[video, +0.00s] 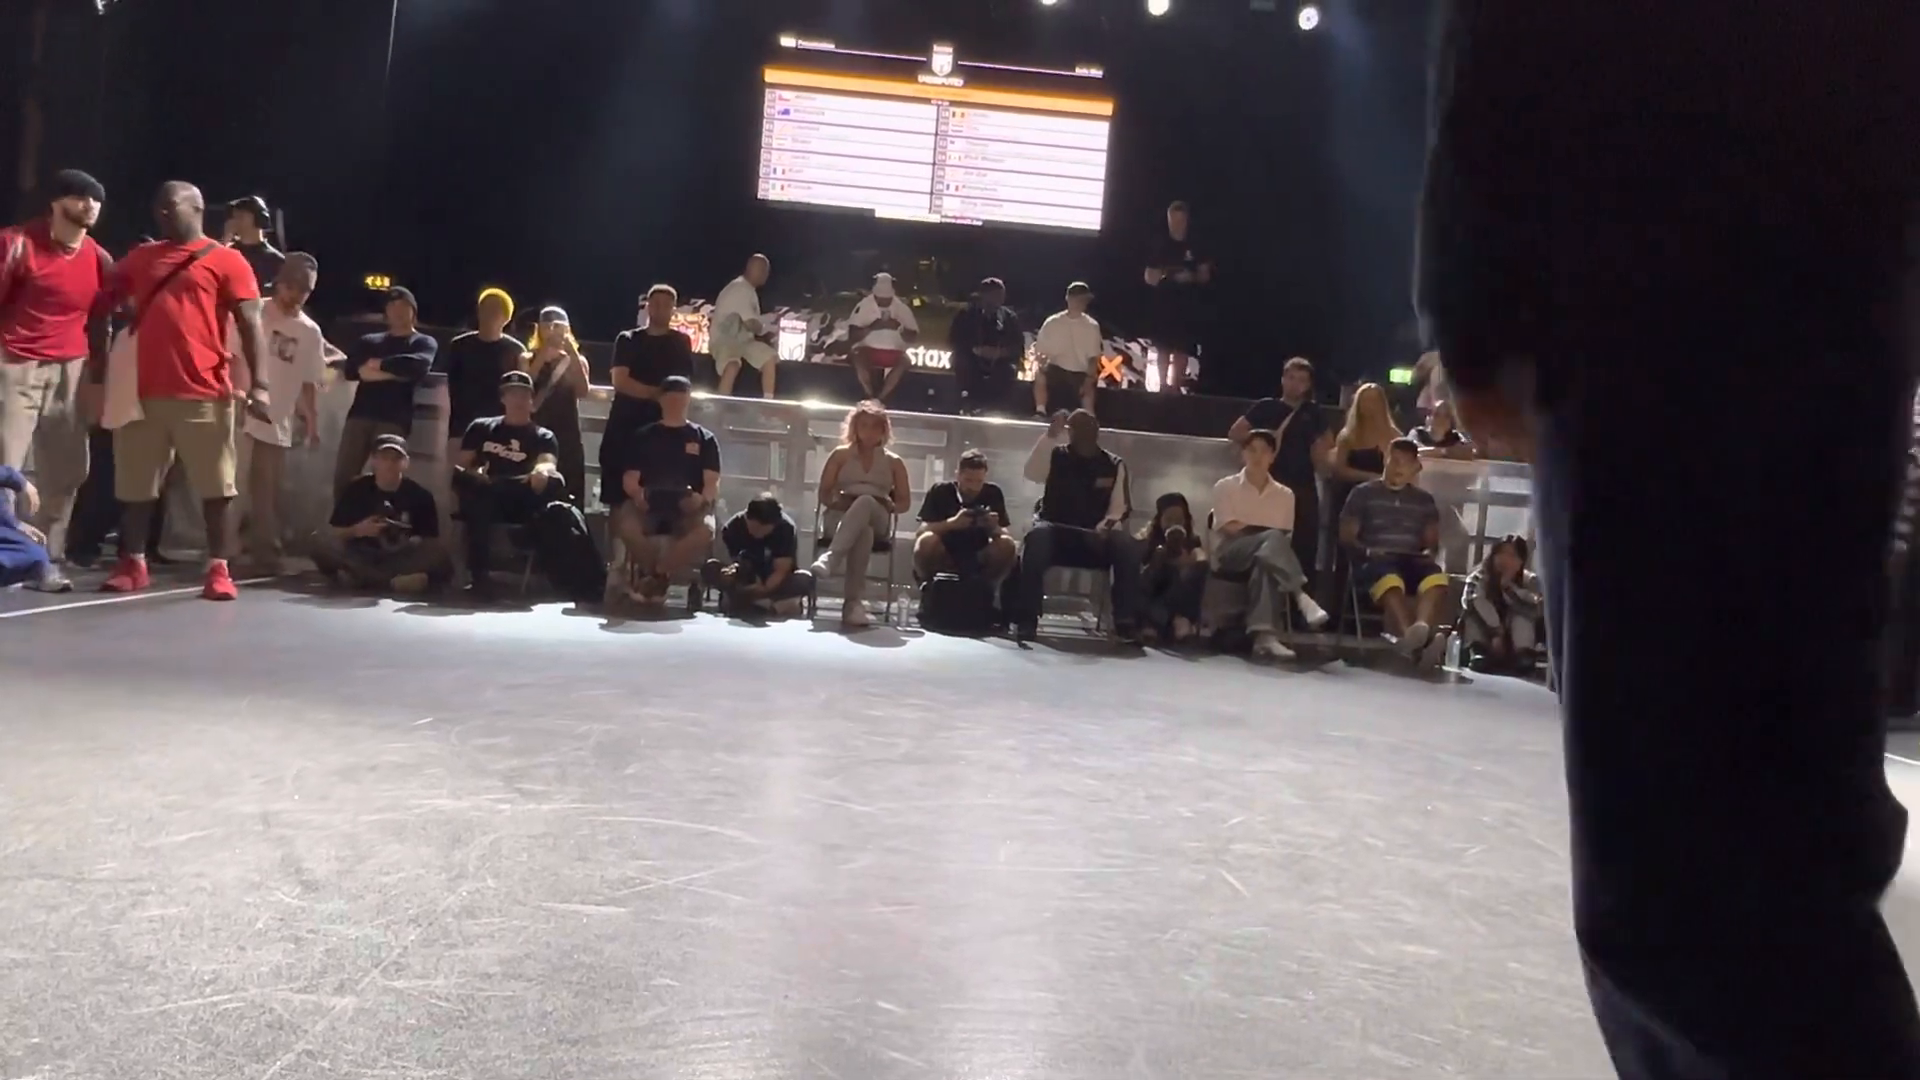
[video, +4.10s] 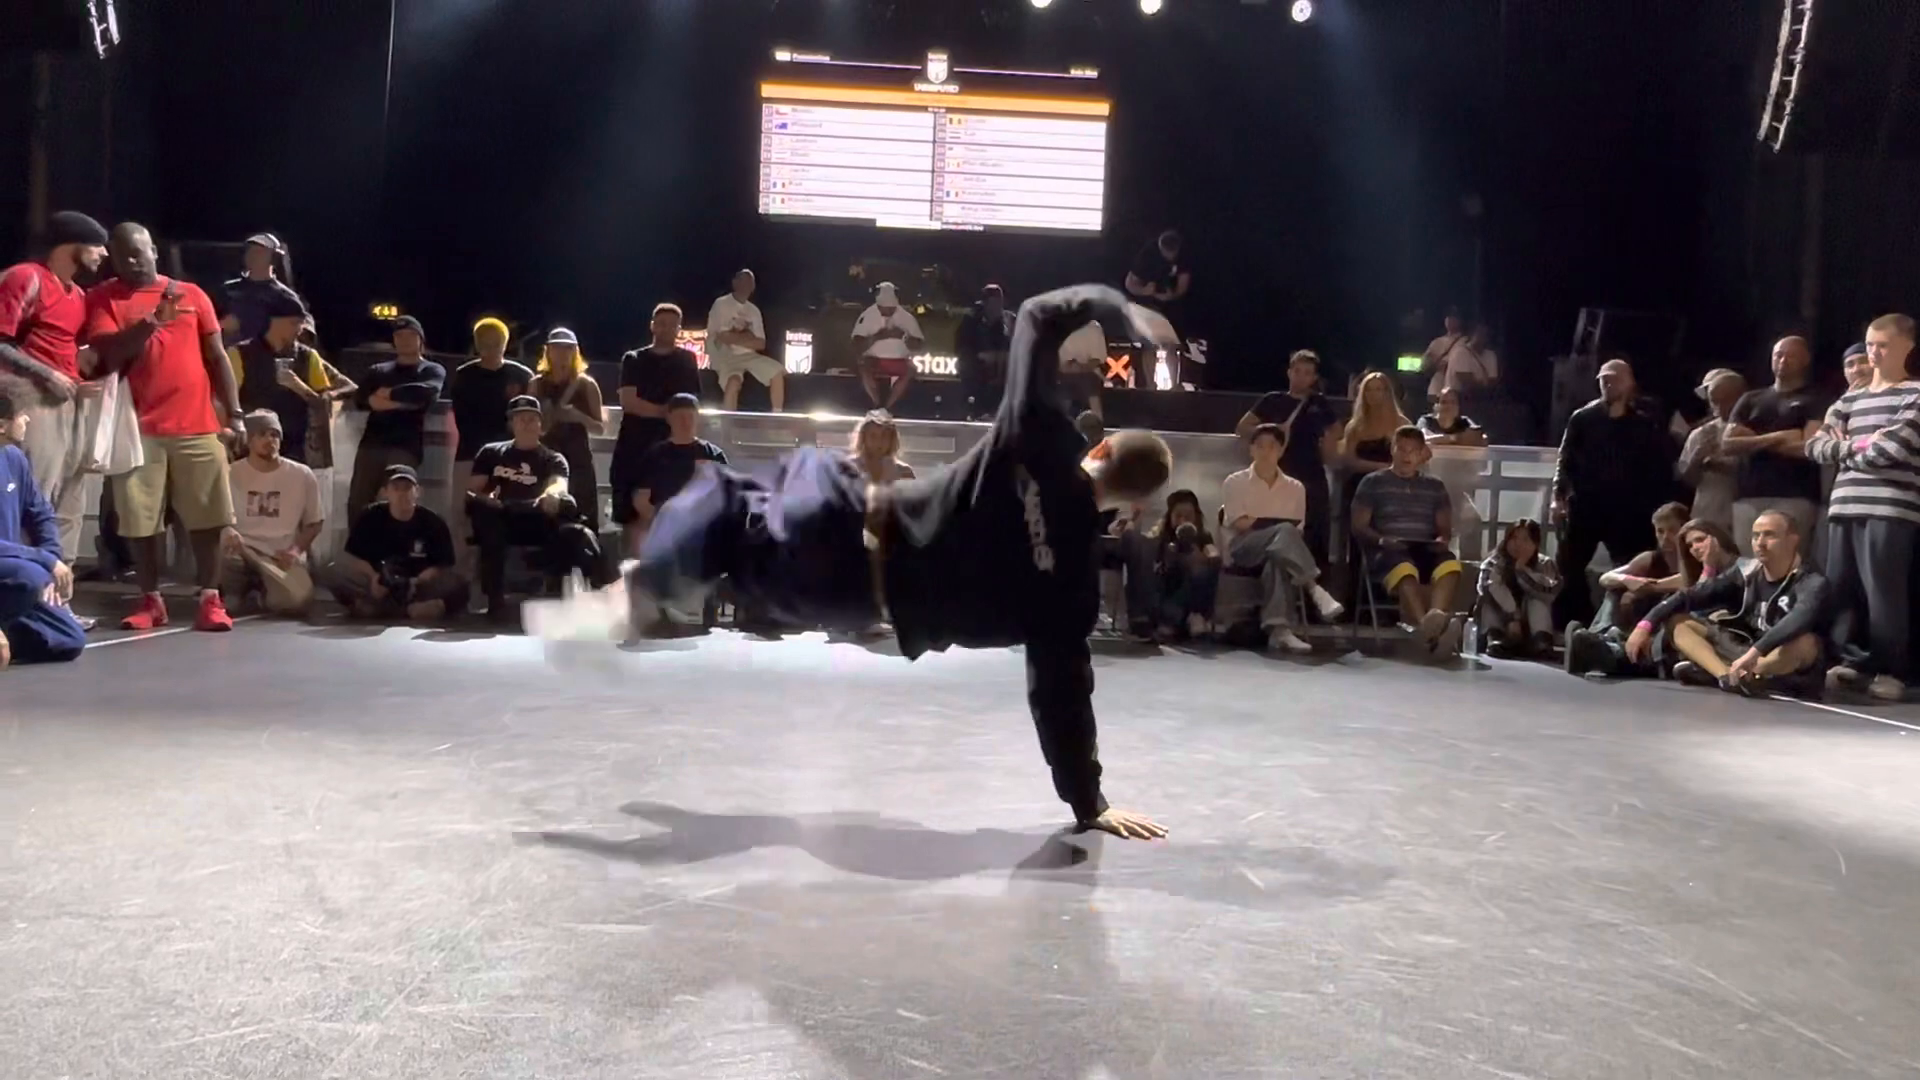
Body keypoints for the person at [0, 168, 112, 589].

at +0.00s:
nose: (91, 205)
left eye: (96, 198)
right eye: (82, 196)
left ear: (98, 207)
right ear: (57, 201)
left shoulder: (99, 259)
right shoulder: (18, 244)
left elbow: (102, 322)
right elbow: (4, 299)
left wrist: (100, 378)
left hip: (71, 370)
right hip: (17, 367)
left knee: (67, 465)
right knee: (9, 463)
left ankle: (51, 559)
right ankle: (8, 558)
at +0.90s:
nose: (83, 263)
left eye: (88, 257)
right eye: (80, 252)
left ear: (70, 247)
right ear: (59, 239)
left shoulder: (68, 289)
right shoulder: (15, 262)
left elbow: (60, 340)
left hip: (43, 390)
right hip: (9, 388)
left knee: (37, 493)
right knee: (6, 492)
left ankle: (20, 587)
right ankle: (3, 589)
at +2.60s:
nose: (76, 270)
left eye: (75, 263)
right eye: (69, 264)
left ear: (53, 267)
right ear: (45, 265)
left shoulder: (60, 315)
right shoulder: (7, 301)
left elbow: (60, 366)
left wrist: (60, 408)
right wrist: (7, 397)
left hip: (51, 425)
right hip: (12, 427)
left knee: (48, 525)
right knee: (10, 521)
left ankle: (36, 623)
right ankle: (8, 620)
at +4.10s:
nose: (103, 254)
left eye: (103, 247)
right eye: (96, 246)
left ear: (77, 248)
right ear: (72, 244)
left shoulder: (79, 296)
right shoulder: (25, 278)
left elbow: (66, 352)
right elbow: (4, 342)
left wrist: (88, 367)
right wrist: (50, 375)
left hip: (71, 401)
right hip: (32, 403)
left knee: (70, 499)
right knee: (34, 496)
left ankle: (58, 592)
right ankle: (29, 588)